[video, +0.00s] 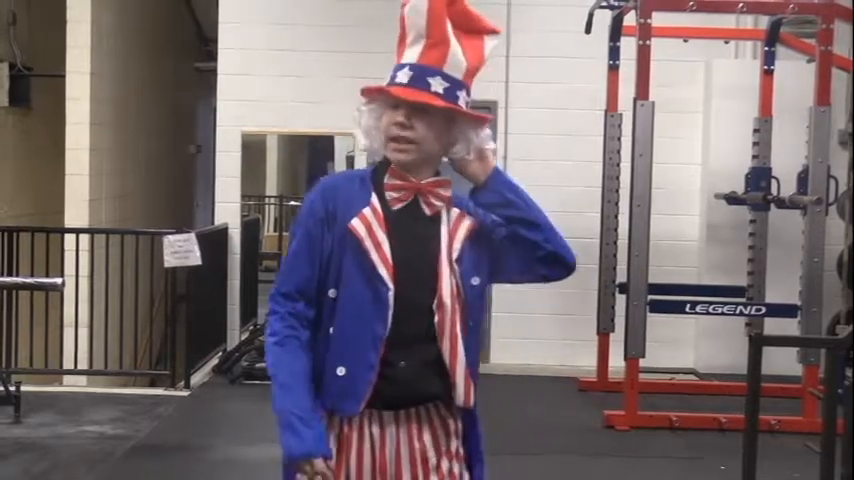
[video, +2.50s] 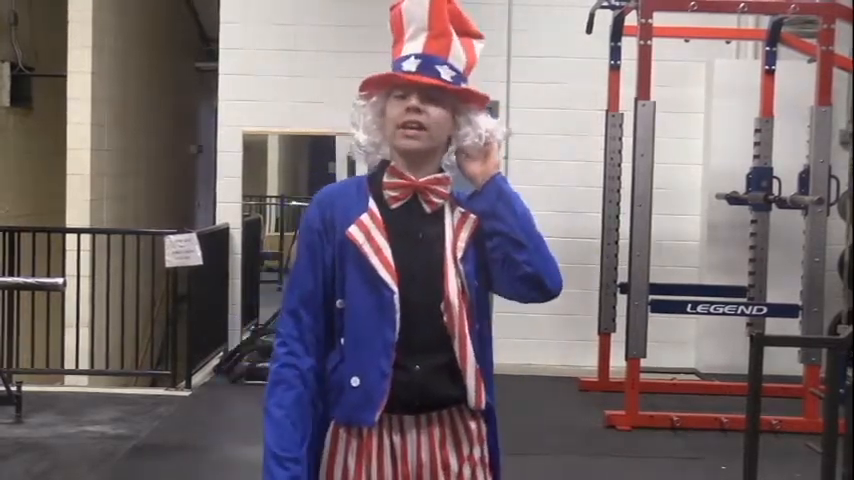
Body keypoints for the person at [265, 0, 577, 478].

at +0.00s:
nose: (400, 121)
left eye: (421, 112)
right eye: (394, 107)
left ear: (455, 132)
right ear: (379, 115)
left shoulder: (473, 216)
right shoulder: (335, 198)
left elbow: (556, 261)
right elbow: (289, 314)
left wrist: (486, 176)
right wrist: (301, 434)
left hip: (437, 429)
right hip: (347, 430)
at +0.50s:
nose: (402, 116)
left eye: (423, 109)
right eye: (395, 101)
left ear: (450, 132)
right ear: (378, 113)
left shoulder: (467, 214)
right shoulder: (329, 203)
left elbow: (549, 256)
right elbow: (287, 332)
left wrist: (479, 171)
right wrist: (285, 464)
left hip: (442, 431)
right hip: (351, 436)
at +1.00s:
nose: (431, 112)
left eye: (452, 107)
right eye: (426, 99)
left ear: (478, 135)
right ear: (407, 111)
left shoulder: (485, 222)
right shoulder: (350, 199)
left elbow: (564, 282)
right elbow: (298, 320)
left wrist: (510, 181)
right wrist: (269, 455)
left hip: (452, 435)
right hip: (360, 434)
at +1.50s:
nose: (396, 121)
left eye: (417, 116)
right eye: (389, 106)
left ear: (440, 140)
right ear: (370, 115)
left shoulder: (448, 223)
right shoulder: (311, 202)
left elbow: (507, 307)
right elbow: (255, 324)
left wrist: (469, 205)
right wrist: (225, 459)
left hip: (404, 440)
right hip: (312, 437)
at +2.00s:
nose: (402, 106)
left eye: (421, 97)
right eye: (390, 93)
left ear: (445, 119)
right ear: (370, 110)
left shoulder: (464, 209)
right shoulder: (322, 206)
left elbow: (528, 286)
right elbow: (286, 341)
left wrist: (477, 185)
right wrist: (273, 466)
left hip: (439, 436)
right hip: (343, 437)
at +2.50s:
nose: (414, 107)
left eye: (432, 99)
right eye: (401, 95)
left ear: (456, 121)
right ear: (382, 111)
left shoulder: (475, 211)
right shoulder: (335, 207)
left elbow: (542, 285)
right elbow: (298, 346)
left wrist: (488, 183)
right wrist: (286, 467)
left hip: (455, 437)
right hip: (358, 440)